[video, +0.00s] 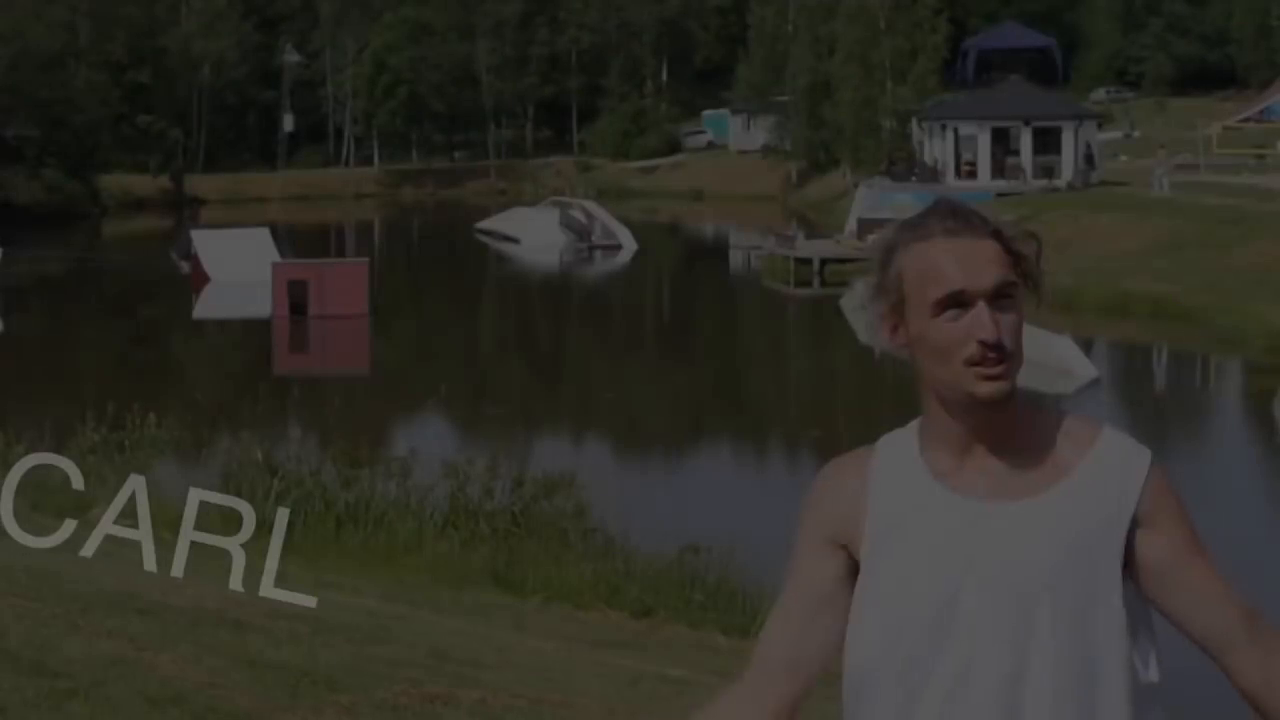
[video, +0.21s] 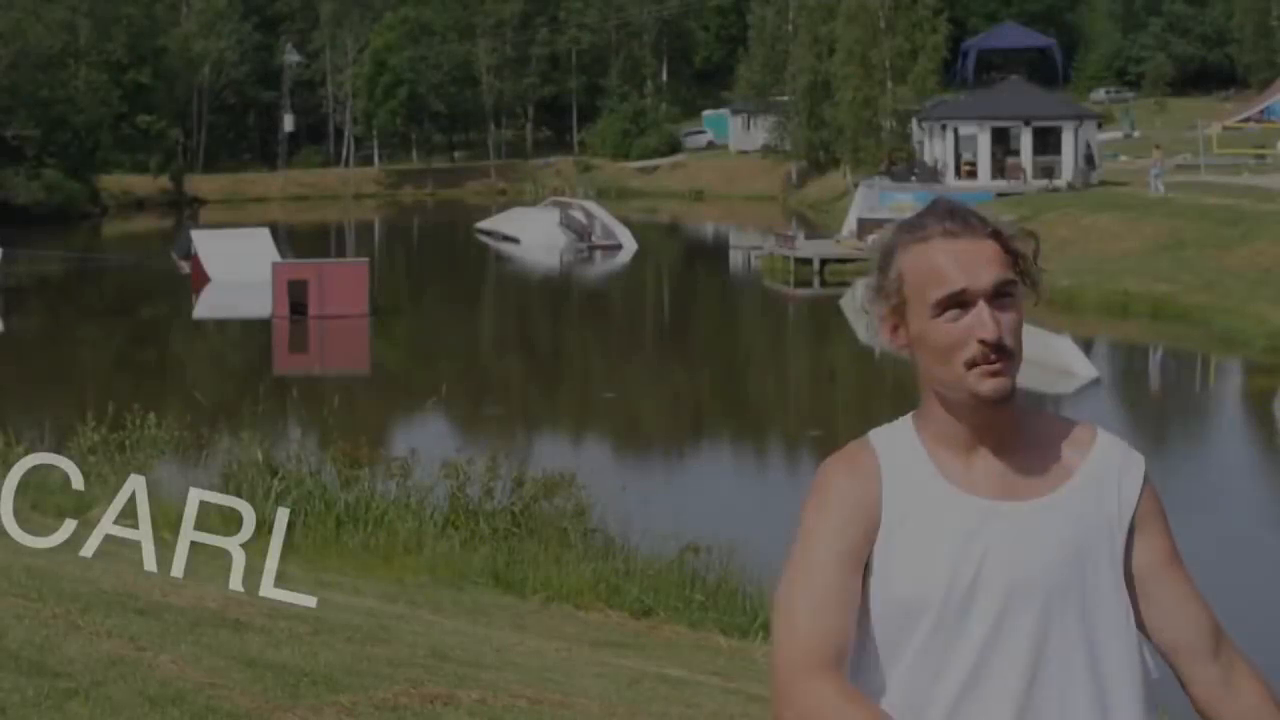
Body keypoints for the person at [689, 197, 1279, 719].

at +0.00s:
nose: (991, 329)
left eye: (1004, 300)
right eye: (954, 307)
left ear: (1024, 307)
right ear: (898, 331)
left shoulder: (1120, 476)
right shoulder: (851, 493)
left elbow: (1246, 646)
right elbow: (763, 695)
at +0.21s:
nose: (991, 330)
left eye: (1003, 297)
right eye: (954, 308)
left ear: (1024, 306)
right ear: (898, 331)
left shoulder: (1111, 471)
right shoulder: (859, 482)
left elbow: (1215, 665)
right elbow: (804, 690)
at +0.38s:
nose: (1017, 320)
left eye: (1025, 292)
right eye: (982, 298)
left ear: (1039, 297)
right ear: (910, 323)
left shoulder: (1094, 470)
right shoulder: (859, 478)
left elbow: (1175, 662)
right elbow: (914, 686)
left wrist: (1215, 712)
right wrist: (1149, 705)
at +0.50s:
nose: (1043, 322)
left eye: (1047, 295)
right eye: (1010, 298)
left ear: (1055, 297)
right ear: (929, 319)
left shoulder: (1079, 465)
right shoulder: (863, 476)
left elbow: (1139, 657)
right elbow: (929, 691)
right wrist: (1118, 718)